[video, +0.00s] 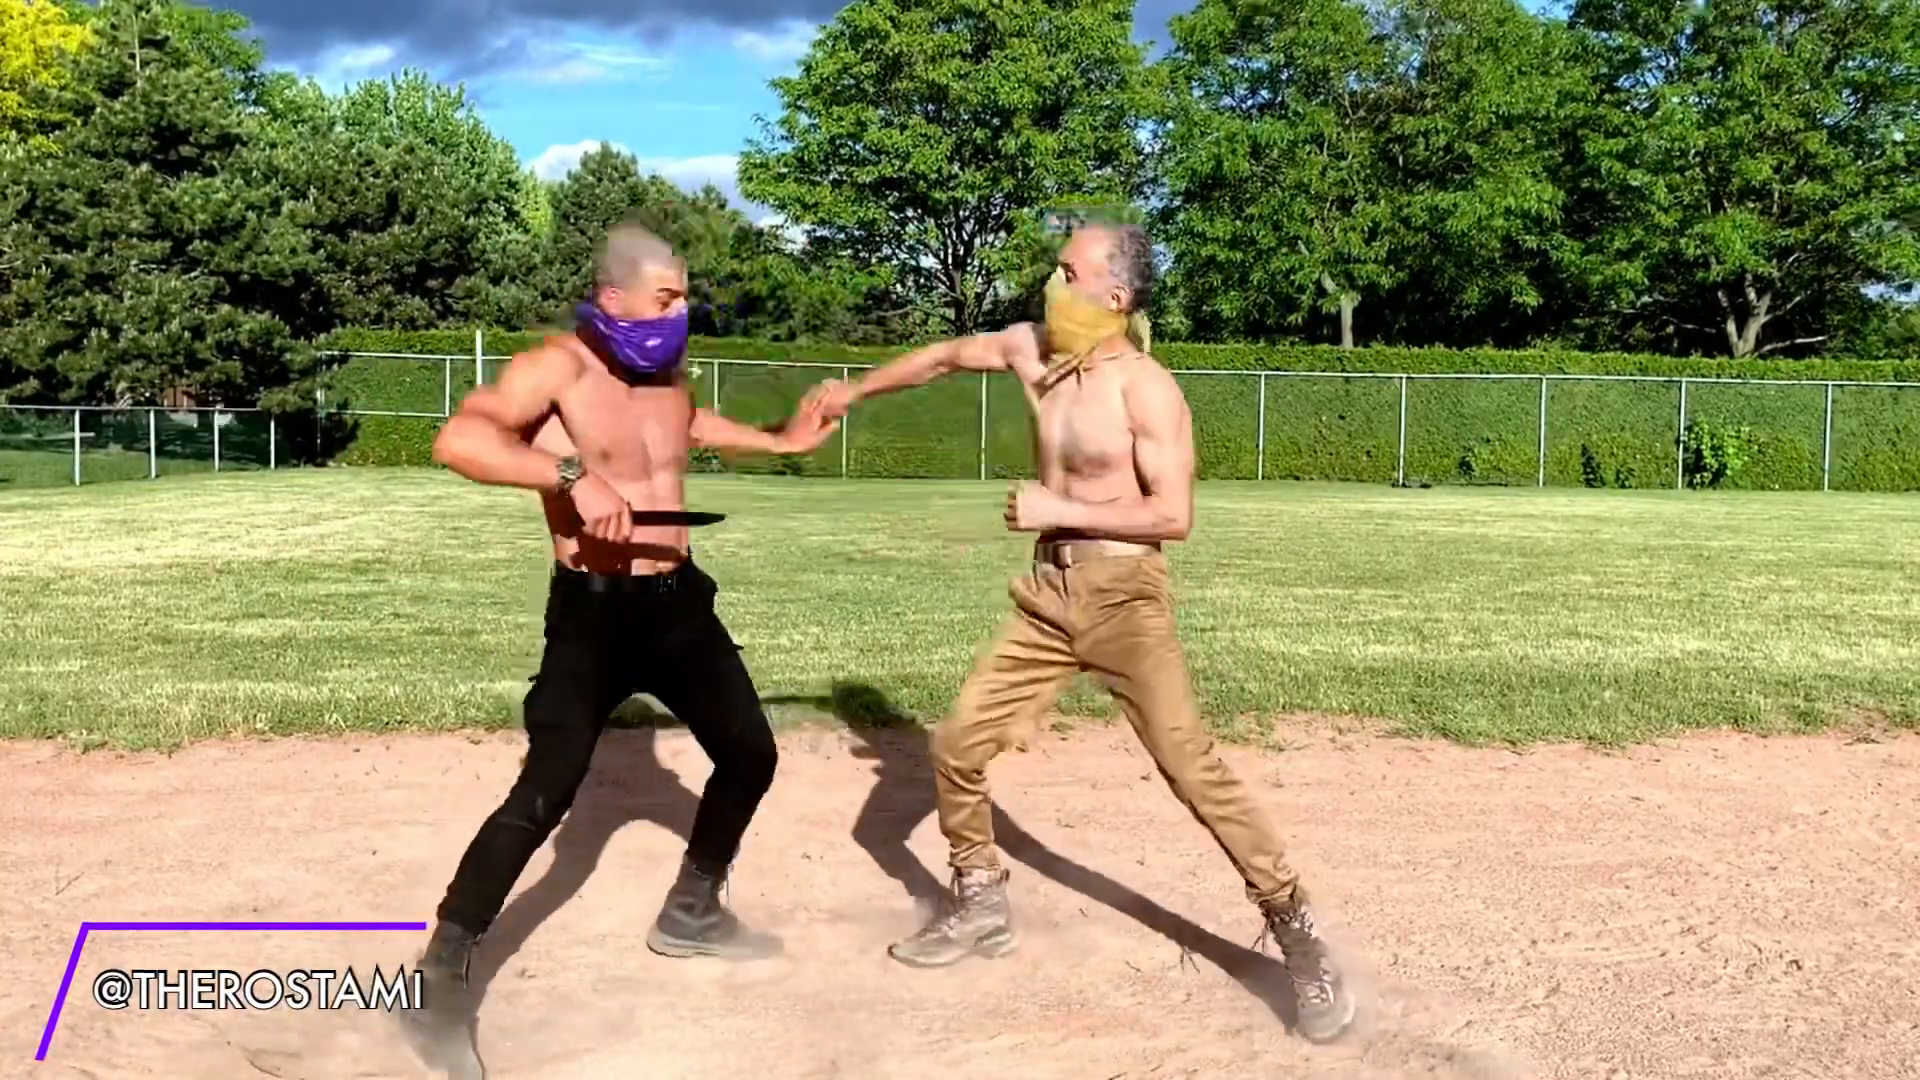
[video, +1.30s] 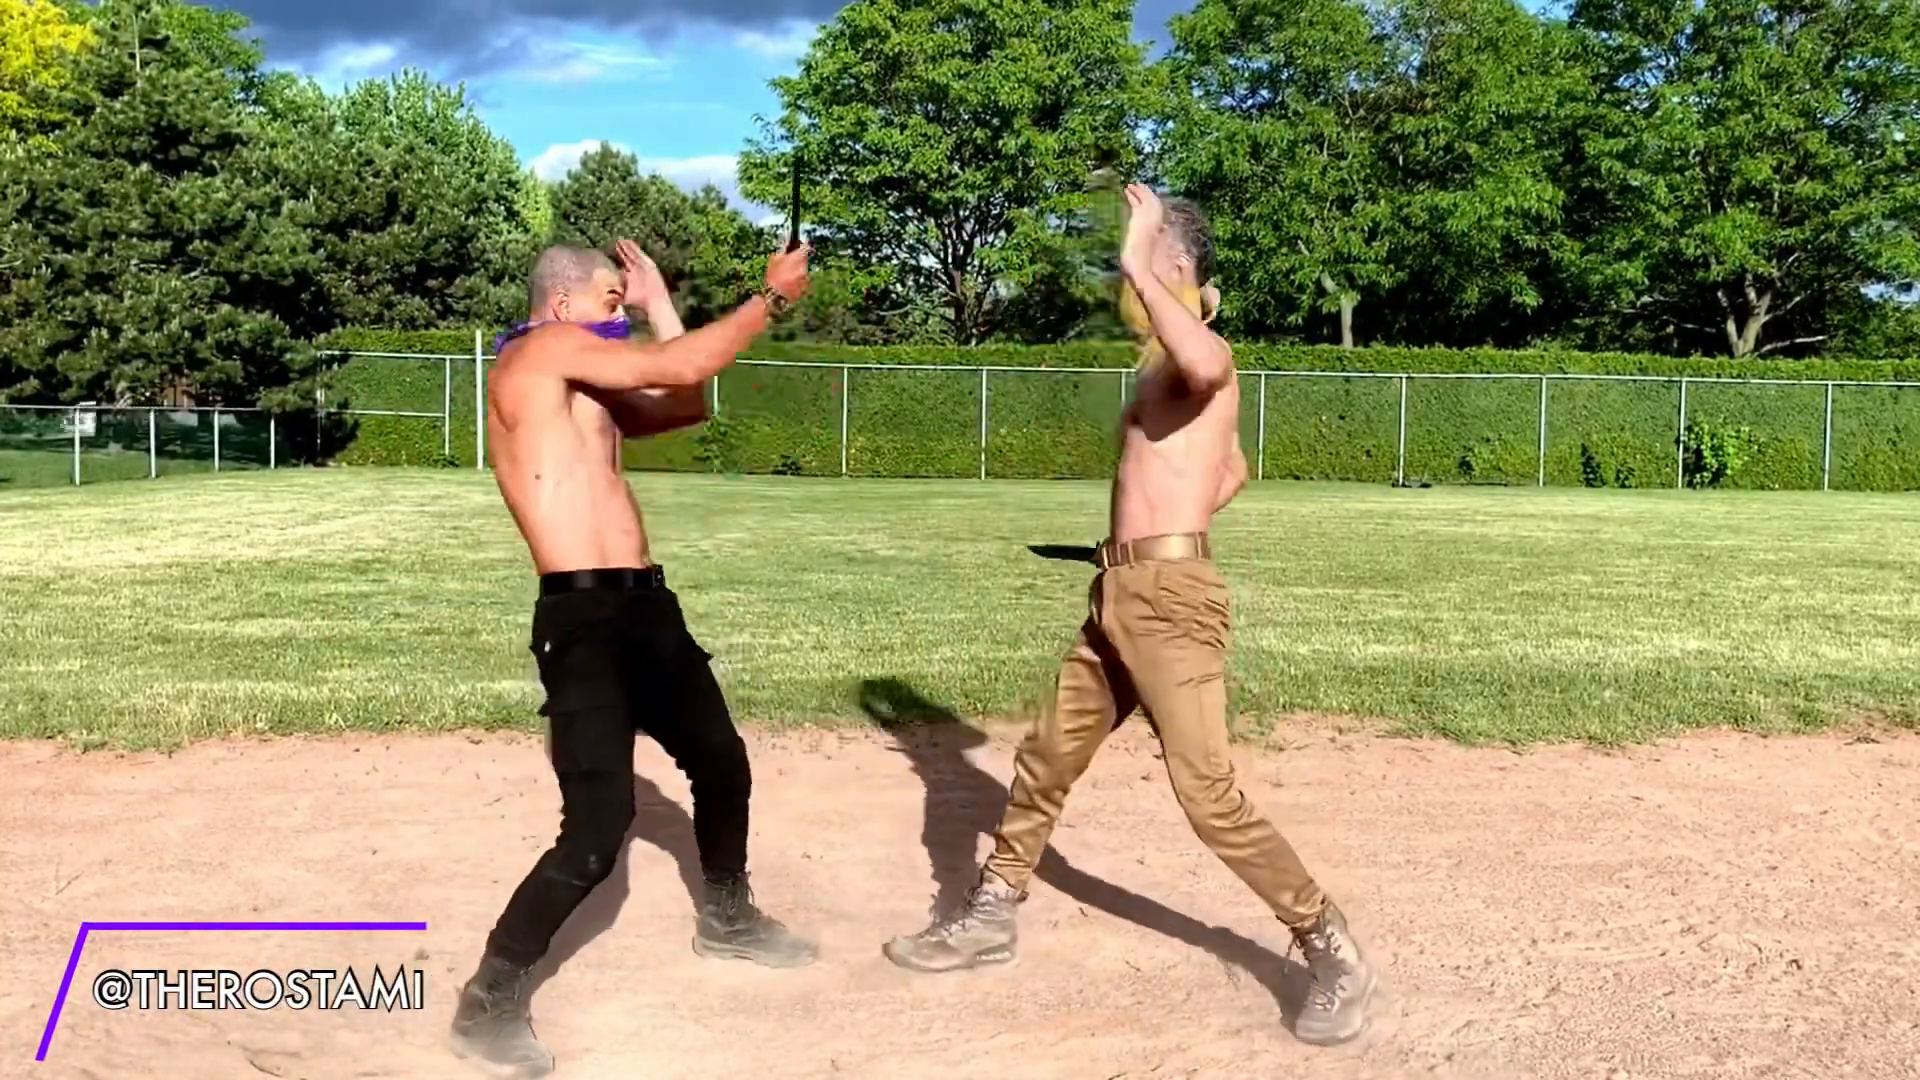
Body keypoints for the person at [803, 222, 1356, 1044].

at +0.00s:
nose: (1054, 276)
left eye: (1070, 267)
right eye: (1058, 263)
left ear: (1116, 290)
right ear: (1083, 284)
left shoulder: (1147, 386)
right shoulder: (1034, 350)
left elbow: (1173, 517)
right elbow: (942, 356)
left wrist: (1058, 510)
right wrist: (852, 390)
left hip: (1129, 600)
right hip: (1049, 595)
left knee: (1188, 764)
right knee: (958, 747)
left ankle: (1298, 936)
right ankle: (978, 905)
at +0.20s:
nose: (1089, 323)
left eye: (1107, 312)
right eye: (1088, 308)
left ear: (1157, 326)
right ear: (1088, 307)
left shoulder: (1194, 419)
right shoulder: (1066, 379)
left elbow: (1186, 545)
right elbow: (1005, 415)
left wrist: (1091, 484)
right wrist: (923, 469)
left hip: (1160, 628)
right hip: (1065, 616)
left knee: (1244, 784)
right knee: (969, 750)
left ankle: (1319, 944)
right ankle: (978, 905)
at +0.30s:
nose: (1087, 307)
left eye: (1102, 295)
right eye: (1086, 292)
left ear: (1155, 303)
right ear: (1106, 297)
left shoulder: (1206, 397)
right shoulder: (1091, 383)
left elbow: (1188, 523)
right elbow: (1058, 468)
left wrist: (1096, 438)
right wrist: (1008, 520)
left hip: (1188, 617)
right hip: (1096, 608)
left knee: (1255, 785)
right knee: (1005, 755)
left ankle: (1323, 947)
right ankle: (985, 908)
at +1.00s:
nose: (1045, 322)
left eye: (1058, 308)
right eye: (1044, 309)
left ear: (1111, 309)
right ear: (1078, 316)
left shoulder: (1153, 389)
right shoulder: (1099, 410)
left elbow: (1094, 432)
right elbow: (1088, 506)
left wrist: (1025, 366)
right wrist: (1020, 557)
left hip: (1191, 630)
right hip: (1119, 628)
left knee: (1245, 815)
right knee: (1009, 756)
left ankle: (1344, 948)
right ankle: (984, 913)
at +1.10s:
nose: (1038, 319)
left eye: (1046, 302)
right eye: (1036, 303)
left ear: (1094, 304)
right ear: (1092, 311)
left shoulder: (1129, 367)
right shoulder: (1114, 391)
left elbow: (1060, 333)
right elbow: (1199, 455)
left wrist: (979, 276)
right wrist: (1162, 547)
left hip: (1178, 623)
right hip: (1112, 623)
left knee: (1237, 811)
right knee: (1002, 754)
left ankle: (1348, 943)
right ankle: (985, 914)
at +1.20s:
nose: (1092, 283)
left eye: (1106, 265)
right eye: (1090, 268)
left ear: (1146, 278)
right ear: (1116, 280)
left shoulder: (1158, 354)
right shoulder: (1153, 367)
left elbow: (1137, 303)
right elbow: (1236, 424)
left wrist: (1073, 211)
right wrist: (1200, 517)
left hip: (1166, 597)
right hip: (1114, 598)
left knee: (1223, 797)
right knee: (1024, 756)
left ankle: (1339, 943)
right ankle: (988, 913)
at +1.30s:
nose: (1138, 301)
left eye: (1153, 286)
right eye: (1139, 290)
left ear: (1196, 288)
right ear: (1179, 294)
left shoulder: (1204, 353)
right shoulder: (1181, 372)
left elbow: (1202, 365)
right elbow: (1236, 474)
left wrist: (1137, 264)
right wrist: (1161, 519)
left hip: (1172, 595)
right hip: (1124, 593)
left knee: (1208, 795)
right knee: (1047, 755)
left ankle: (1330, 948)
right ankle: (995, 914)